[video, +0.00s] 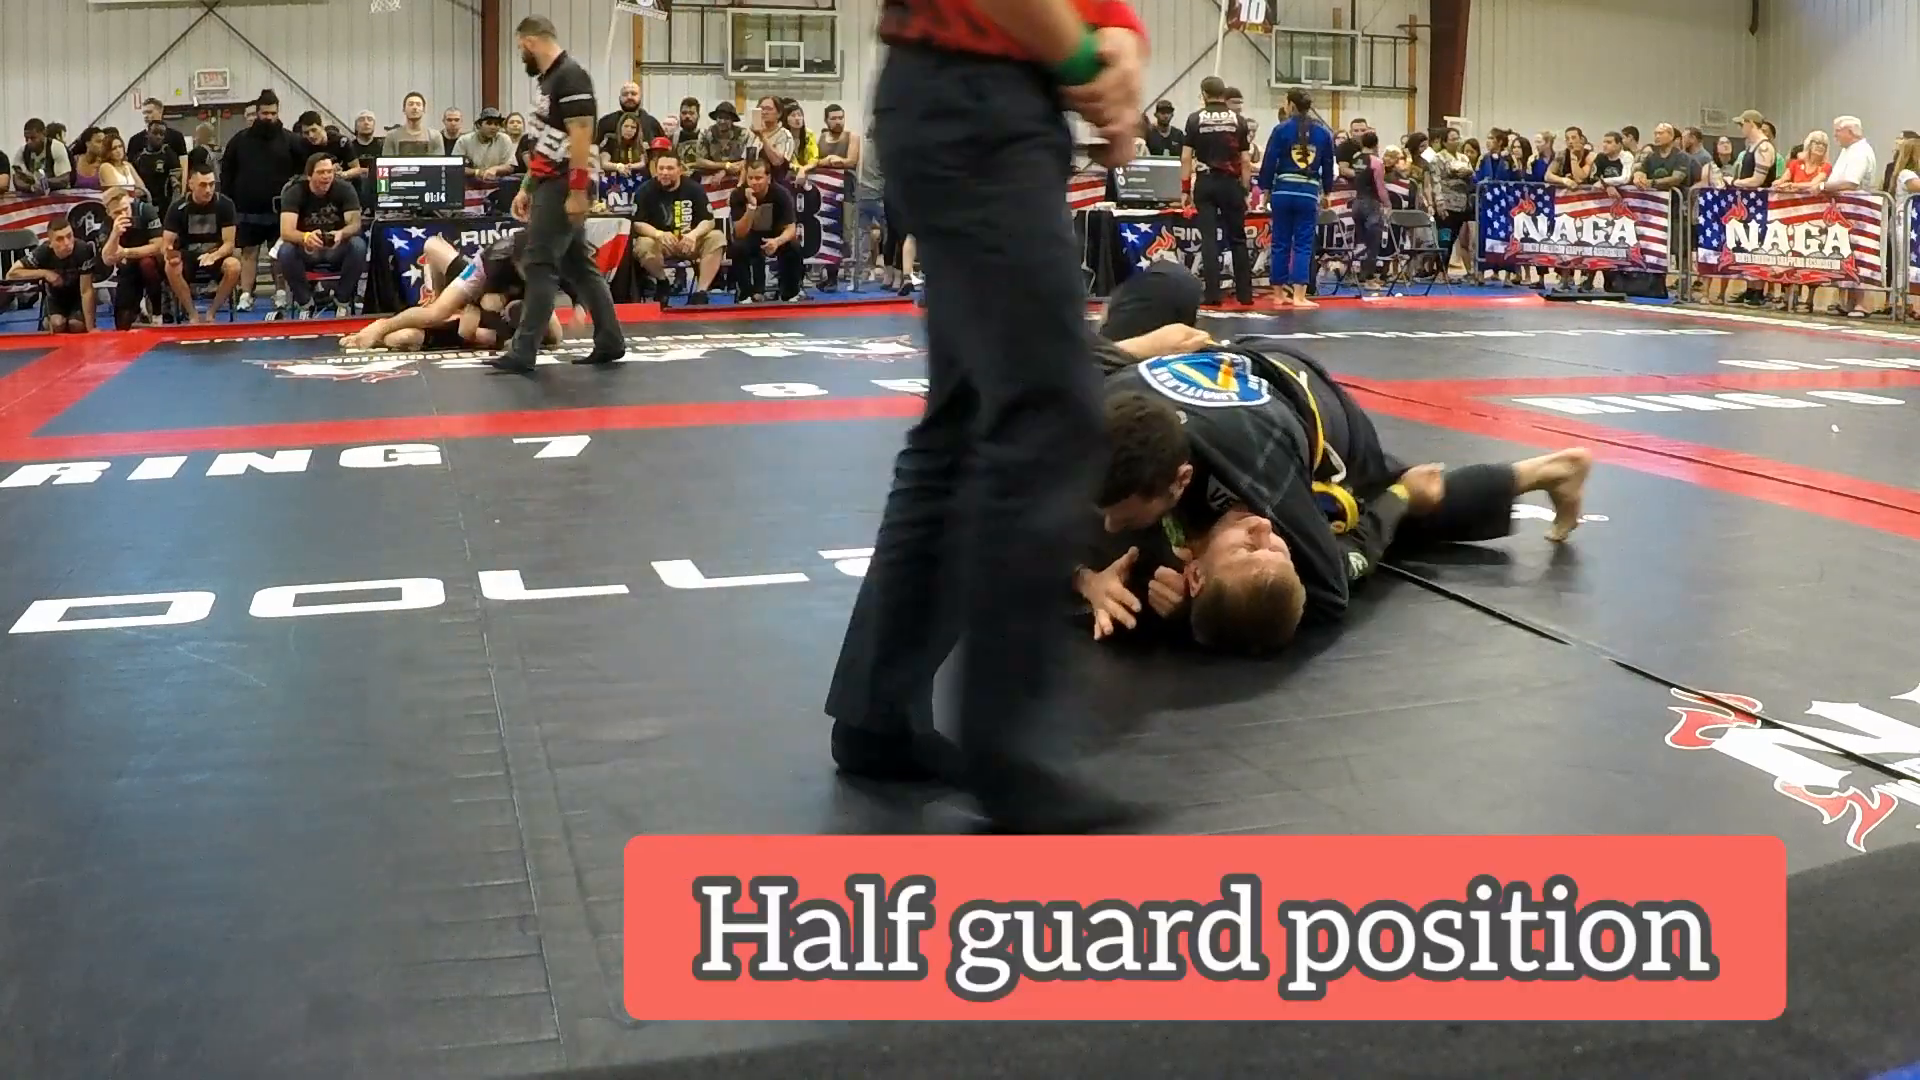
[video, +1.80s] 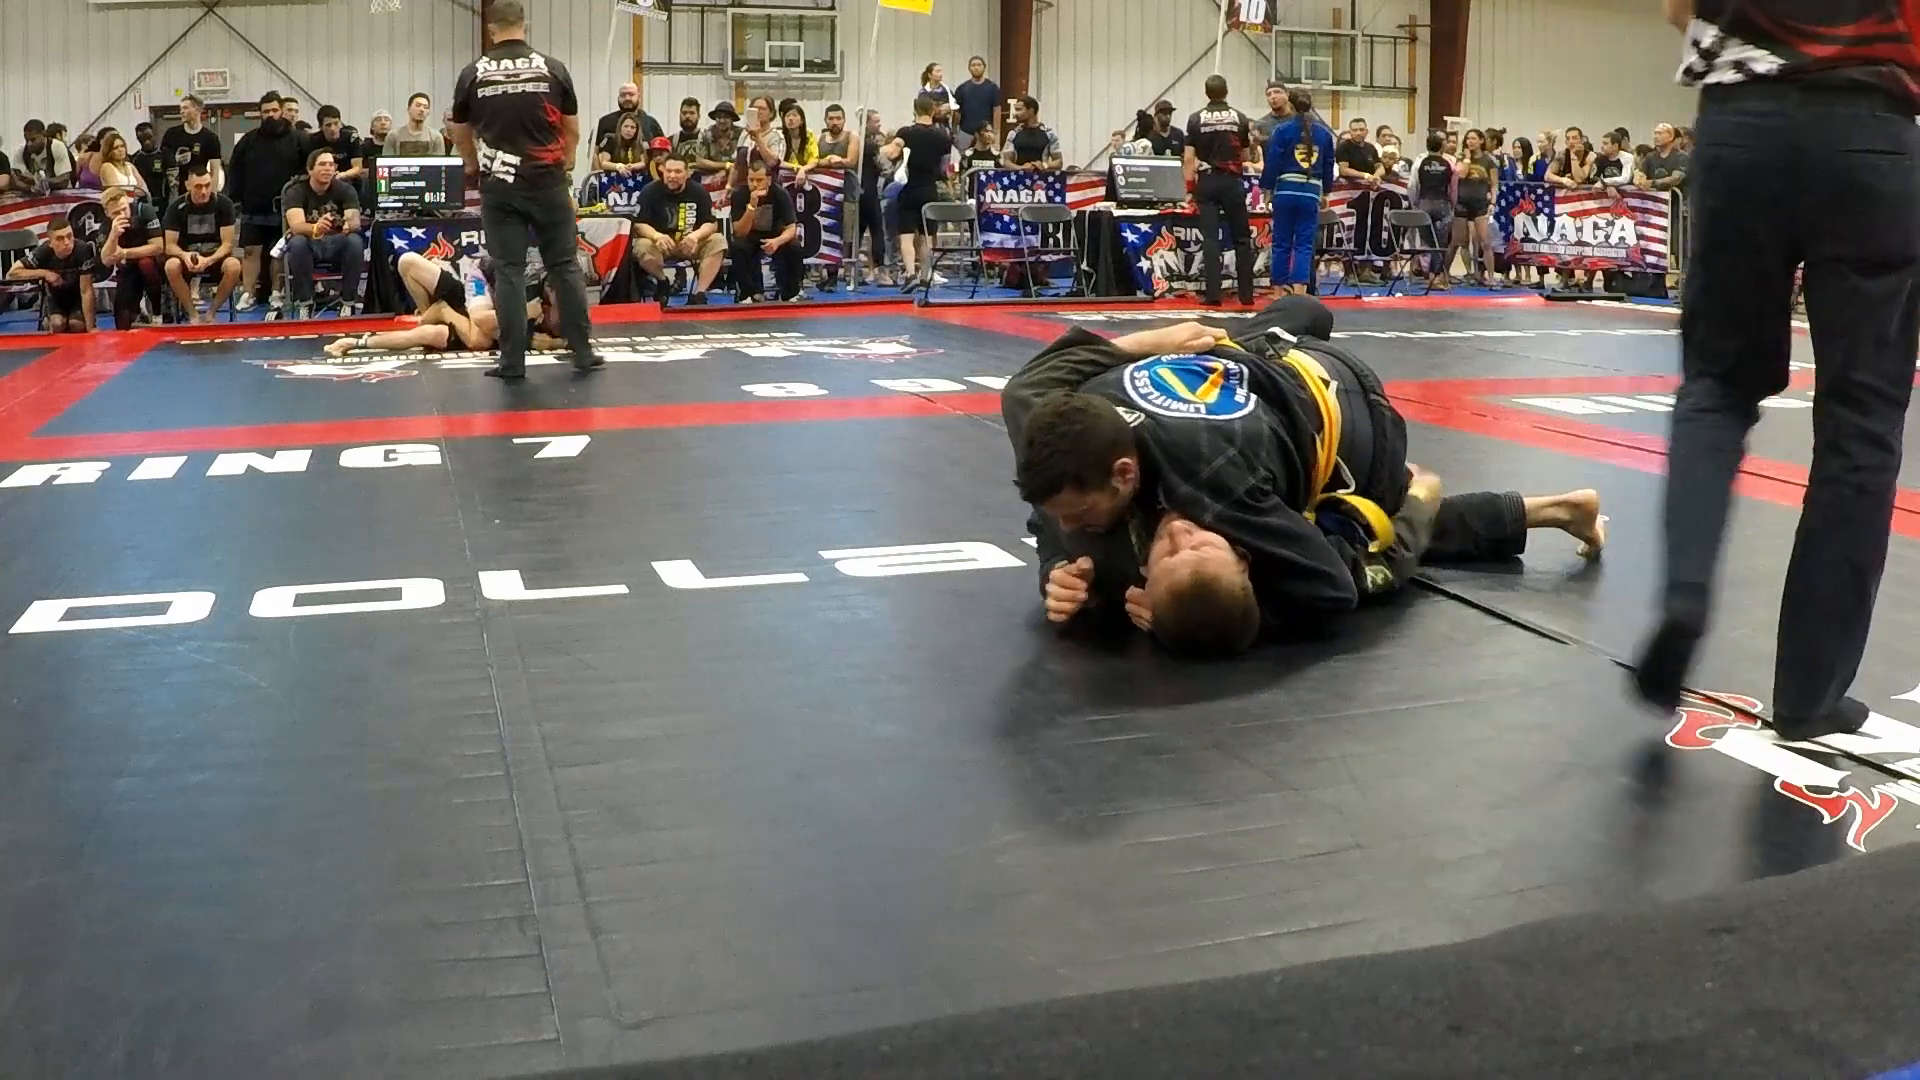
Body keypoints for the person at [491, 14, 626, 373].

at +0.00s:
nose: (521, 54)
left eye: (522, 47)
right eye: (521, 48)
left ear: (532, 42)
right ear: (540, 42)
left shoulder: (571, 76)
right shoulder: (548, 80)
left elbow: (581, 134)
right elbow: (544, 142)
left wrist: (578, 189)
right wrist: (527, 187)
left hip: (561, 184)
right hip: (547, 184)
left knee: (541, 264)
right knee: (576, 266)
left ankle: (522, 352)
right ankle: (610, 343)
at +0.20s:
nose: (498, 52)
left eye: (497, 45)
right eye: (497, 46)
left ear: (505, 39)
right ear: (521, 37)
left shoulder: (536, 72)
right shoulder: (529, 71)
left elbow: (537, 132)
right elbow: (527, 132)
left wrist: (529, 187)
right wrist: (507, 172)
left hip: (534, 180)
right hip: (530, 178)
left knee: (518, 264)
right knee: (530, 262)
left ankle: (519, 355)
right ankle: (588, 328)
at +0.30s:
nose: (486, 52)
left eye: (486, 46)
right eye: (485, 46)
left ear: (494, 40)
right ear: (511, 37)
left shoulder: (517, 72)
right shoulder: (526, 70)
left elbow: (515, 131)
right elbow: (526, 131)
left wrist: (500, 184)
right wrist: (500, 171)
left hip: (527, 178)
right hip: (530, 178)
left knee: (510, 262)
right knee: (497, 260)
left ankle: (519, 354)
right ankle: (557, 331)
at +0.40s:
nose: (472, 52)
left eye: (472, 45)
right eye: (471, 46)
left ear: (478, 39)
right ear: (500, 36)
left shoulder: (503, 69)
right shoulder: (516, 67)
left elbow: (492, 128)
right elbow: (501, 129)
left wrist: (472, 179)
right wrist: (483, 177)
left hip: (515, 179)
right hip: (511, 178)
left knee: (505, 264)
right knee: (482, 259)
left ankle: (518, 355)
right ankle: (510, 345)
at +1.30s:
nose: (467, 39)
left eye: (465, 34)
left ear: (466, 33)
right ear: (500, 33)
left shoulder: (457, 69)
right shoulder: (527, 70)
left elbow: (438, 132)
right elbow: (542, 127)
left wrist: (429, 188)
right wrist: (542, 182)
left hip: (477, 184)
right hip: (519, 185)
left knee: (488, 272)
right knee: (497, 270)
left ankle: (509, 359)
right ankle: (477, 354)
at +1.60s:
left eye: (476, 30)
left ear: (475, 31)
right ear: (509, 29)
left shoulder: (460, 75)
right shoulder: (540, 67)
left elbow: (443, 140)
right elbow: (560, 128)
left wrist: (450, 194)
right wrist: (559, 173)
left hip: (491, 189)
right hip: (538, 185)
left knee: (502, 272)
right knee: (533, 268)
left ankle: (513, 361)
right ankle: (531, 355)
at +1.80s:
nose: (492, 34)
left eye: (489, 28)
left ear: (490, 29)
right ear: (523, 26)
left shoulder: (473, 72)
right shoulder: (554, 68)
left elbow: (462, 132)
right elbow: (571, 131)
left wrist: (472, 165)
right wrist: (560, 169)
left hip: (499, 188)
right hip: (547, 184)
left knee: (508, 270)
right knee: (564, 264)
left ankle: (512, 363)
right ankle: (583, 352)